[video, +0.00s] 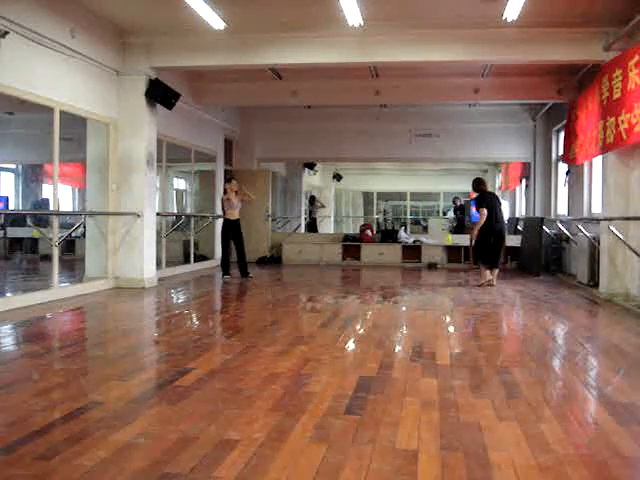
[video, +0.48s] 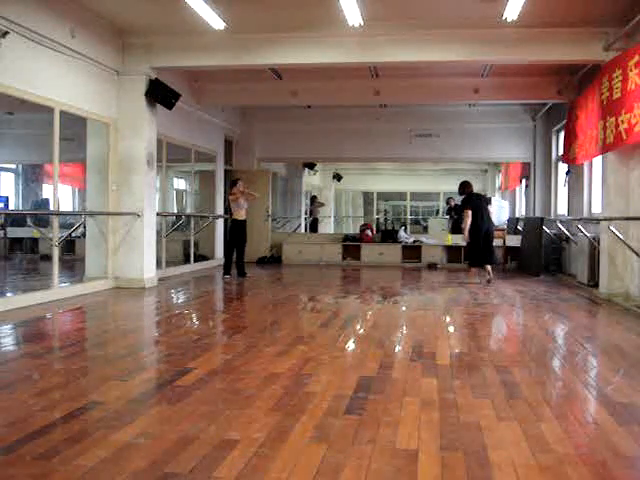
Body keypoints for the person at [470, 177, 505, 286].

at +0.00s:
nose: (473, 189)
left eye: (473, 187)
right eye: (474, 187)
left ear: (475, 188)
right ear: (485, 185)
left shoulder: (480, 197)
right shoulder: (494, 196)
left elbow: (484, 214)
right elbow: (499, 212)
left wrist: (476, 229)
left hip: (488, 228)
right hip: (499, 228)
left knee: (481, 250)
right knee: (495, 253)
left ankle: (485, 275)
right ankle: (493, 278)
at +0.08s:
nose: (471, 190)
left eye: (472, 188)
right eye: (471, 188)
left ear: (473, 188)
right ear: (483, 186)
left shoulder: (478, 198)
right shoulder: (492, 196)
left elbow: (483, 214)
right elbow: (497, 212)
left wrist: (479, 230)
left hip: (488, 229)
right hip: (498, 228)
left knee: (481, 252)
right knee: (495, 255)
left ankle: (482, 277)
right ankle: (493, 280)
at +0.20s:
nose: (468, 193)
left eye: (468, 191)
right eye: (468, 191)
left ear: (469, 191)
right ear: (479, 188)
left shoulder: (475, 200)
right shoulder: (488, 197)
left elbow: (480, 214)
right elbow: (494, 213)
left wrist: (482, 229)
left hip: (484, 228)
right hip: (496, 228)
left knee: (477, 251)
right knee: (494, 253)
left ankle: (473, 277)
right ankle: (492, 279)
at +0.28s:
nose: (467, 194)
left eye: (467, 191)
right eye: (467, 192)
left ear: (469, 191)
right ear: (478, 188)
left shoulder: (474, 200)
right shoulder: (487, 197)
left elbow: (479, 214)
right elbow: (493, 214)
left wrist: (482, 229)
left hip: (483, 229)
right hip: (495, 228)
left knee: (477, 252)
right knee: (494, 254)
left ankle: (472, 277)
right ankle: (492, 279)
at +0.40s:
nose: (463, 193)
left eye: (463, 191)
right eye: (463, 190)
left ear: (464, 191)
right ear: (474, 188)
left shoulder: (469, 200)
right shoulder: (484, 197)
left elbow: (473, 214)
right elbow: (489, 211)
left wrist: (475, 231)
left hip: (479, 228)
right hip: (491, 227)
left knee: (475, 250)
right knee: (491, 251)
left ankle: (473, 274)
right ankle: (491, 275)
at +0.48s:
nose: (460, 192)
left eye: (460, 190)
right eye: (460, 190)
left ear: (462, 190)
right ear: (471, 188)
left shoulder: (467, 200)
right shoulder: (481, 197)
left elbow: (468, 216)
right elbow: (489, 211)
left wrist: (466, 231)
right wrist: (489, 223)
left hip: (476, 229)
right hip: (488, 227)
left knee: (473, 252)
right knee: (484, 252)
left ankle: (471, 277)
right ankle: (489, 272)